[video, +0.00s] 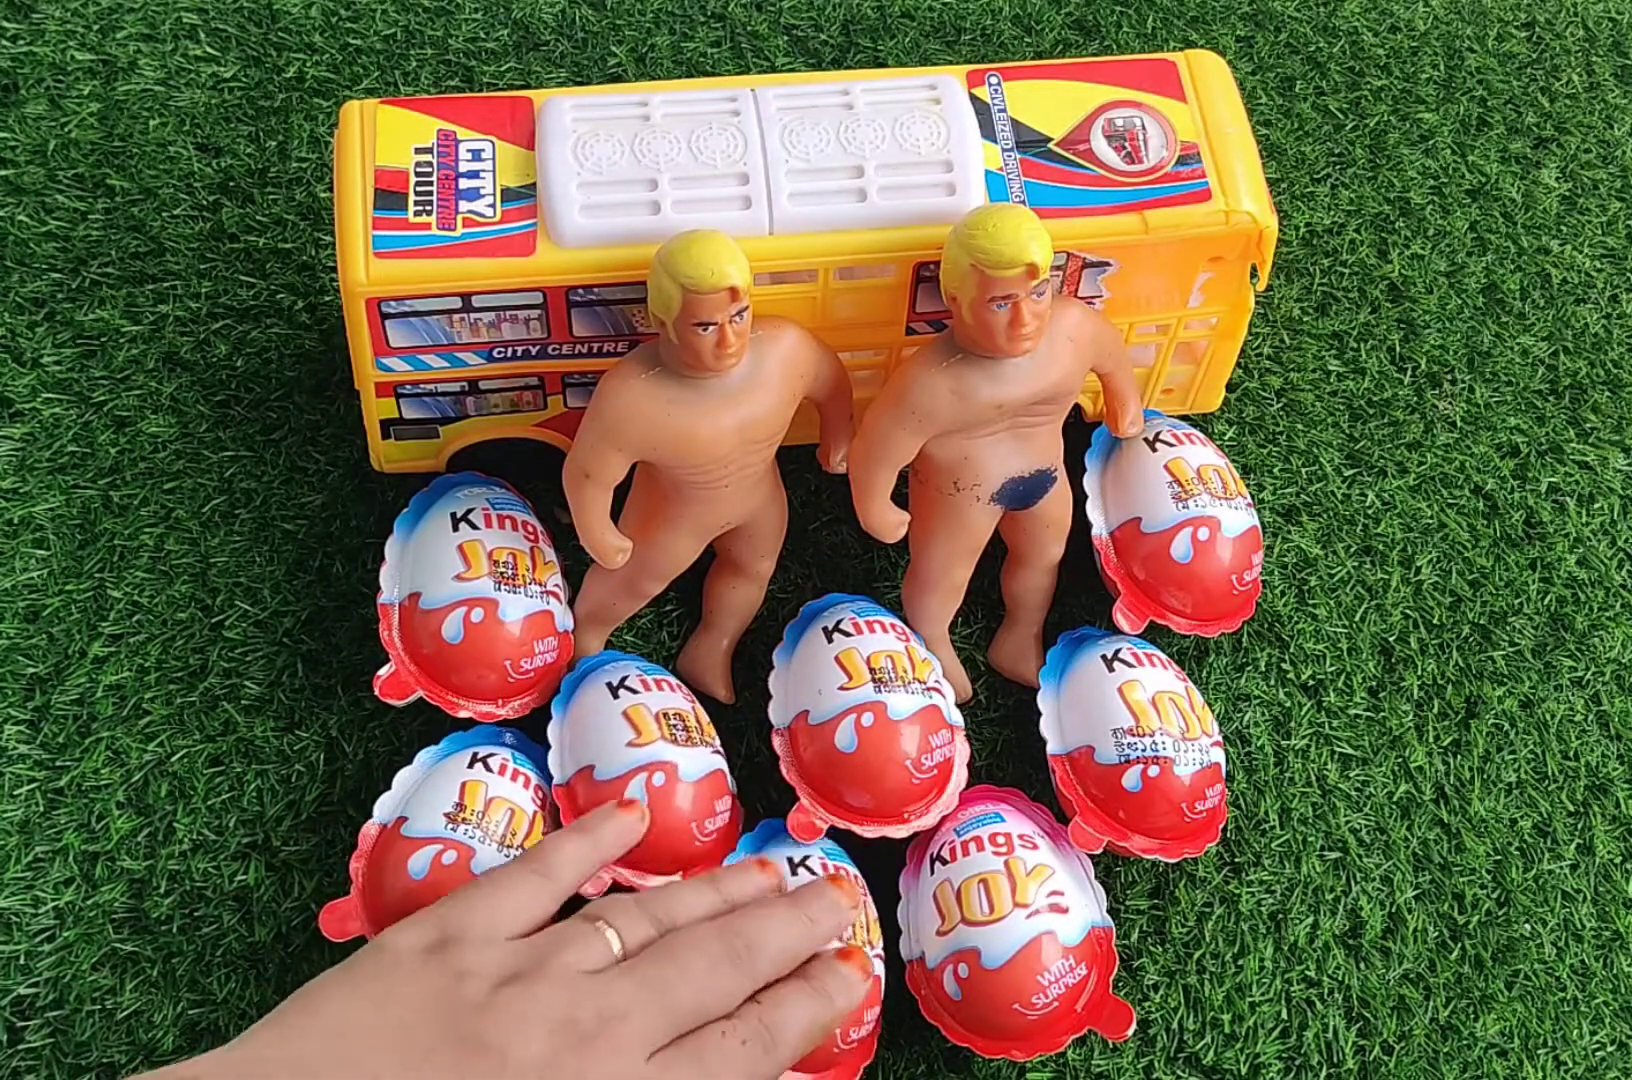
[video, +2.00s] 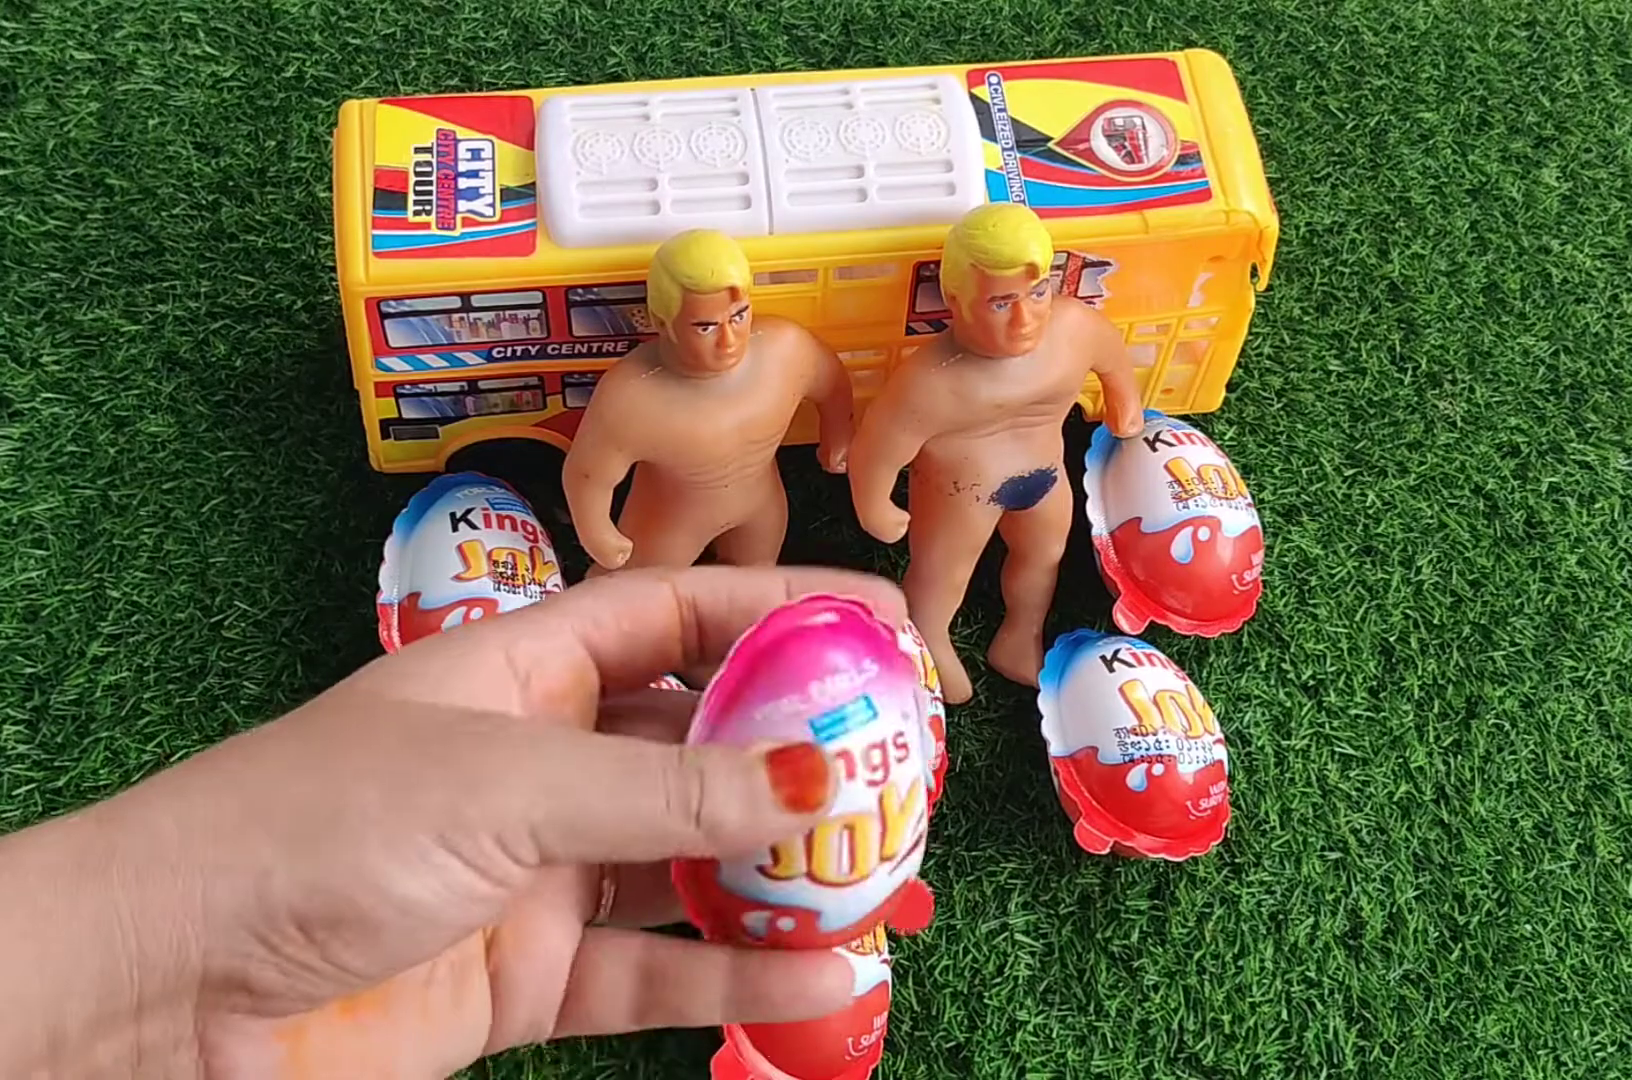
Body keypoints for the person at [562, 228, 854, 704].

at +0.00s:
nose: (728, 339)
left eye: (739, 316)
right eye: (705, 326)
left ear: (751, 301)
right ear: (661, 324)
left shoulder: (789, 349)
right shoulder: (629, 397)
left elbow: (834, 386)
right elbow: (587, 475)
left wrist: (837, 439)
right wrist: (601, 538)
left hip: (759, 497)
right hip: (672, 513)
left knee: (750, 573)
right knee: (631, 585)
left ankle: (712, 650)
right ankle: (589, 629)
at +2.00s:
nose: (729, 339)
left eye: (738, 316)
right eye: (705, 326)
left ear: (750, 303)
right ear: (662, 325)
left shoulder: (787, 350)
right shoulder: (628, 398)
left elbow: (833, 386)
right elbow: (586, 478)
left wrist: (836, 442)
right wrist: (601, 542)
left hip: (758, 502)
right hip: (670, 515)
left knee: (756, 587)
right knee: (637, 597)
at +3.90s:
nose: (728, 340)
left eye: (739, 316)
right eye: (704, 326)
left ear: (750, 300)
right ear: (663, 324)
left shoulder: (785, 350)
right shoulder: (627, 397)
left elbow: (832, 388)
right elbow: (585, 478)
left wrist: (834, 444)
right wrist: (596, 556)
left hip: (759, 520)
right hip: (665, 535)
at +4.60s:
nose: (728, 340)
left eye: (739, 316)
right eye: (705, 326)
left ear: (750, 301)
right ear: (660, 322)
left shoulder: (789, 351)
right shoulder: (628, 398)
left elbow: (833, 388)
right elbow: (587, 477)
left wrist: (837, 439)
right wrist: (597, 535)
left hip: (758, 496)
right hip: (671, 507)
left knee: (750, 577)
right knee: (636, 593)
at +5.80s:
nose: (728, 340)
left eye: (739, 315)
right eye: (704, 327)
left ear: (749, 300)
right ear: (663, 325)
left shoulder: (787, 350)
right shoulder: (626, 398)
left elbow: (832, 386)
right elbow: (585, 478)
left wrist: (834, 443)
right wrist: (600, 549)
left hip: (759, 513)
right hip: (668, 528)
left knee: (760, 611)